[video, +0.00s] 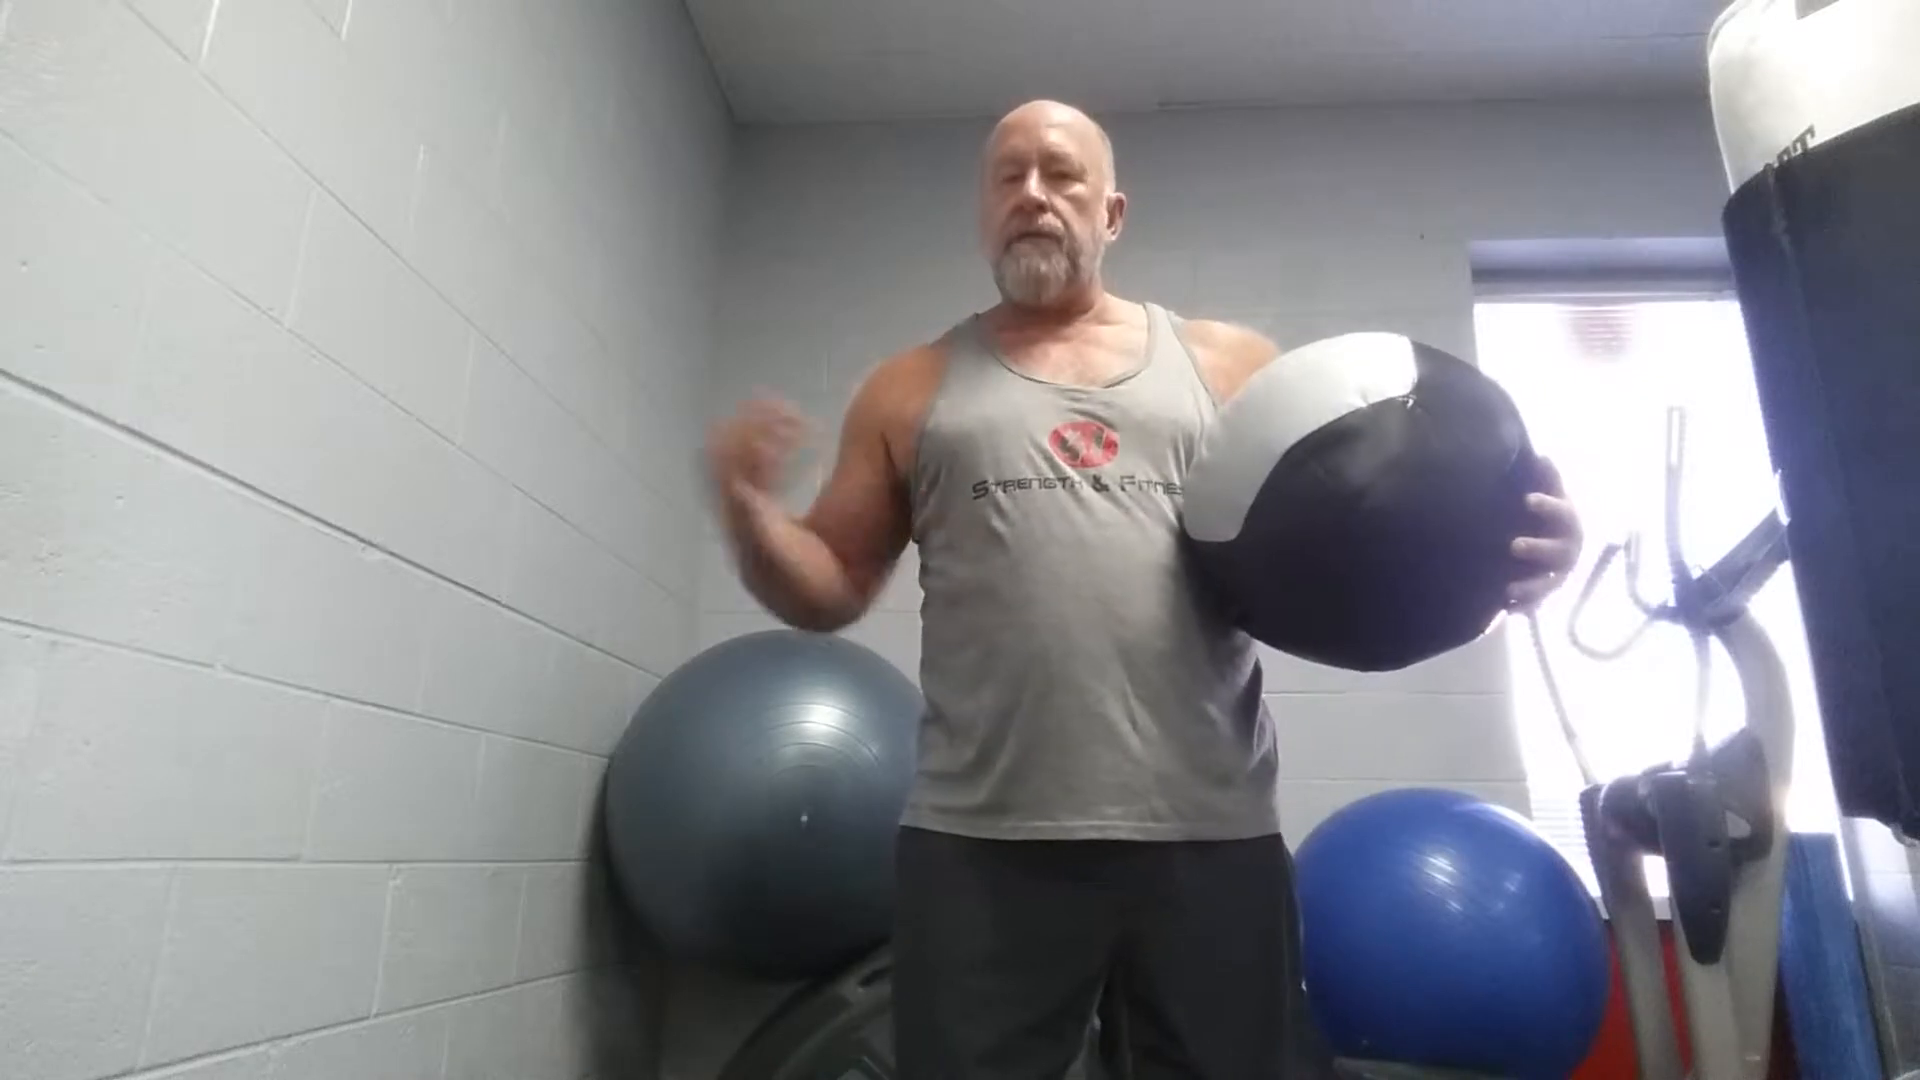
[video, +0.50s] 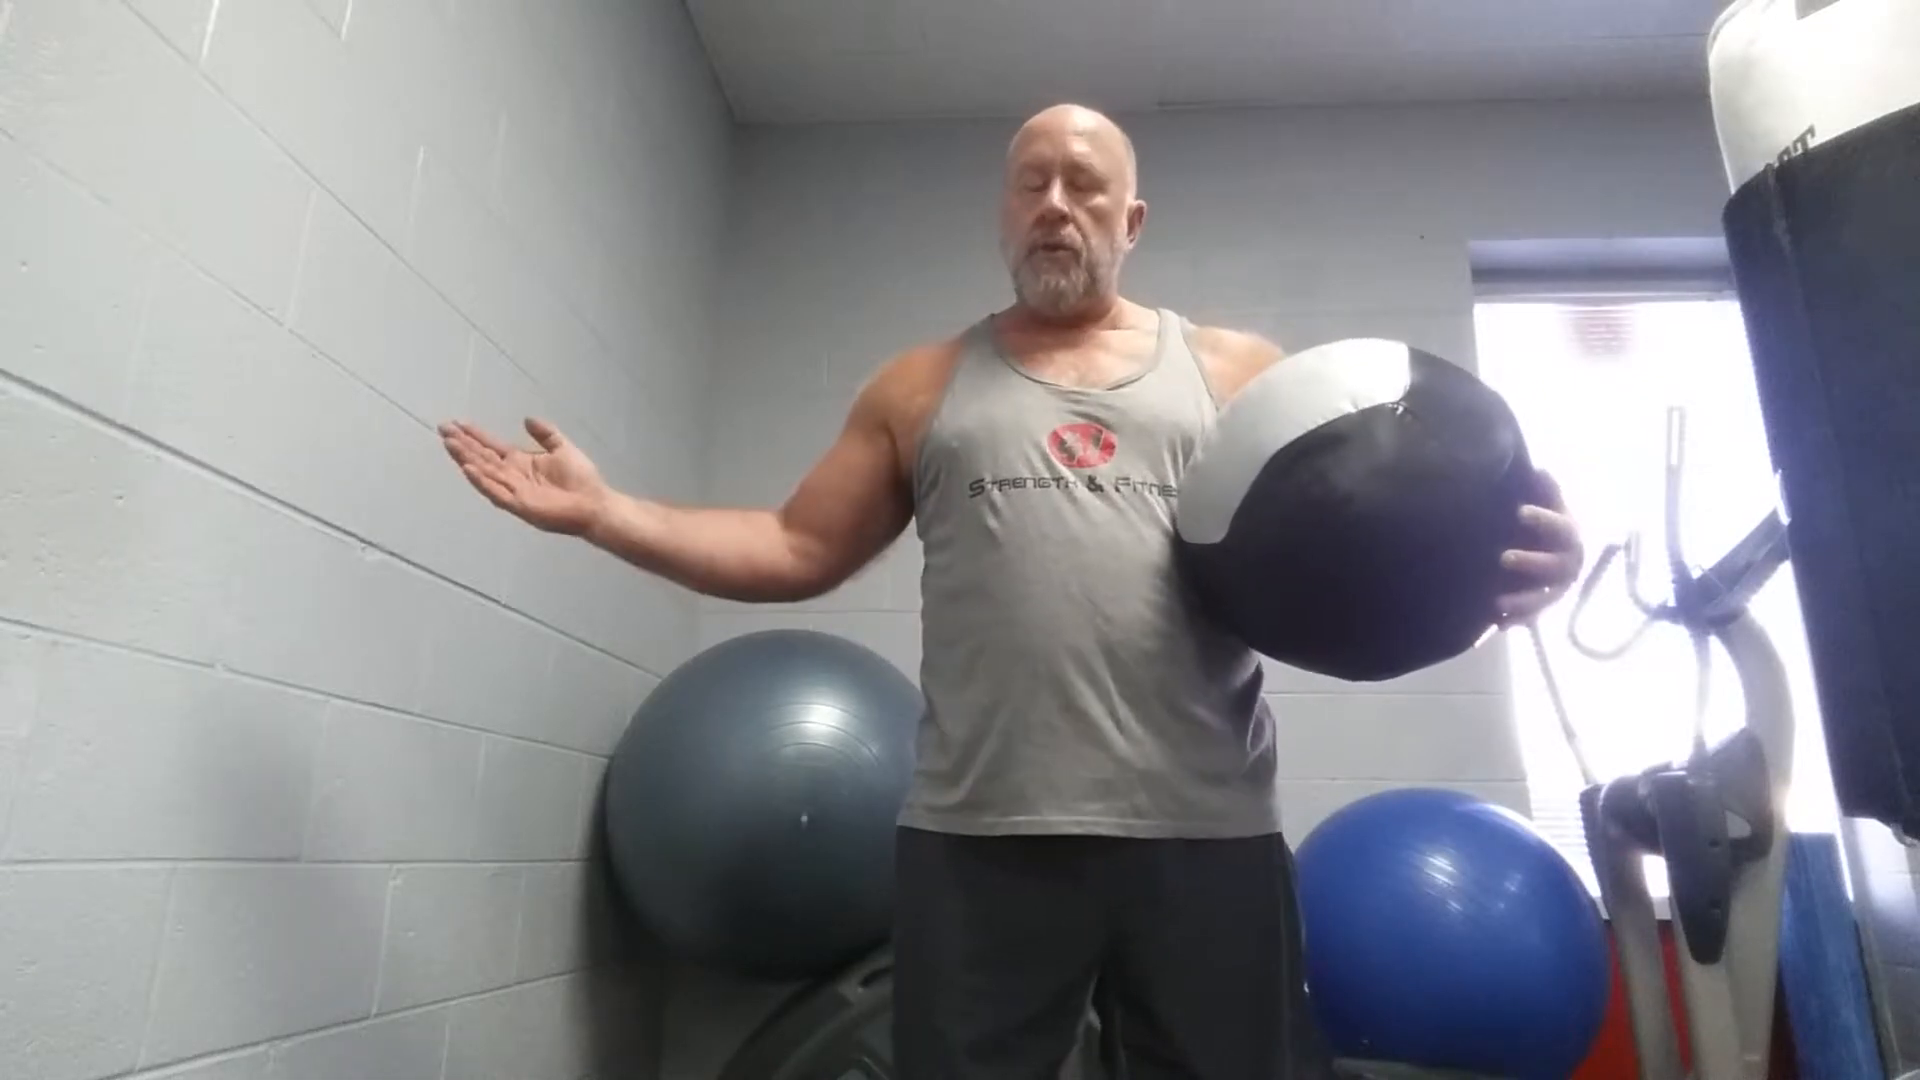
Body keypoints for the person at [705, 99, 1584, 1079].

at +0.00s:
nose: (1033, 193)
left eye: (1062, 174)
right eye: (1009, 176)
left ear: (1114, 213)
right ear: (978, 214)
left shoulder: (1228, 362)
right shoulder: (908, 390)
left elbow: (1369, 527)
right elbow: (828, 590)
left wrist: (1518, 548)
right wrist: (749, 510)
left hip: (1209, 839)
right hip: (984, 843)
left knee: (1239, 1068)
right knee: (970, 1067)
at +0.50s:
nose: (1052, 203)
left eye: (1083, 183)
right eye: (1032, 180)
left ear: (1136, 213)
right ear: (999, 207)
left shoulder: (1237, 370)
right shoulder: (922, 385)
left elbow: (1381, 521)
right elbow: (795, 547)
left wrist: (1529, 556)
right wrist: (597, 508)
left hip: (1202, 843)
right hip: (979, 846)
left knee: (1239, 1074)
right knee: (959, 1072)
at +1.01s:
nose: (1062, 206)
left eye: (1091, 186)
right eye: (1040, 183)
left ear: (1140, 217)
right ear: (1002, 212)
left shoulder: (1237, 372)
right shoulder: (923, 387)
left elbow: (1377, 523)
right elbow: (798, 549)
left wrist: (1524, 556)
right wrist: (601, 512)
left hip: (1204, 840)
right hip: (981, 844)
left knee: (1237, 1078)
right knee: (963, 1076)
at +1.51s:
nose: (1063, 200)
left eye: (1091, 180)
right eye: (1038, 177)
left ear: (1132, 218)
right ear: (999, 208)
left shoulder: (1234, 366)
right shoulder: (918, 374)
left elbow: (1376, 518)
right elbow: (848, 599)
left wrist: (1524, 554)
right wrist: (886, 540)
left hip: (1202, 832)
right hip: (978, 830)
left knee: (1231, 1072)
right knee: (962, 1072)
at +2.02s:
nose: (1065, 197)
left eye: (1095, 178)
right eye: (1041, 175)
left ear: (1137, 217)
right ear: (1003, 209)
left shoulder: (1235, 370)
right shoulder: (916, 377)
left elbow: (1370, 536)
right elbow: (832, 590)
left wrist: (1515, 570)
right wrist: (881, 578)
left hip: (1204, 836)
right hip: (976, 834)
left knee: (1229, 1072)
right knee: (961, 1070)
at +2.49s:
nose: (1066, 205)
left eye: (1094, 183)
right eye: (1042, 184)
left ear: (1144, 210)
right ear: (1007, 213)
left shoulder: (1246, 365)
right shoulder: (932, 382)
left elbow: (1387, 521)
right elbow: (822, 564)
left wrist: (1538, 559)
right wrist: (642, 505)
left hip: (1215, 839)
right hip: (988, 840)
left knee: (1253, 1074)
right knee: (970, 1076)